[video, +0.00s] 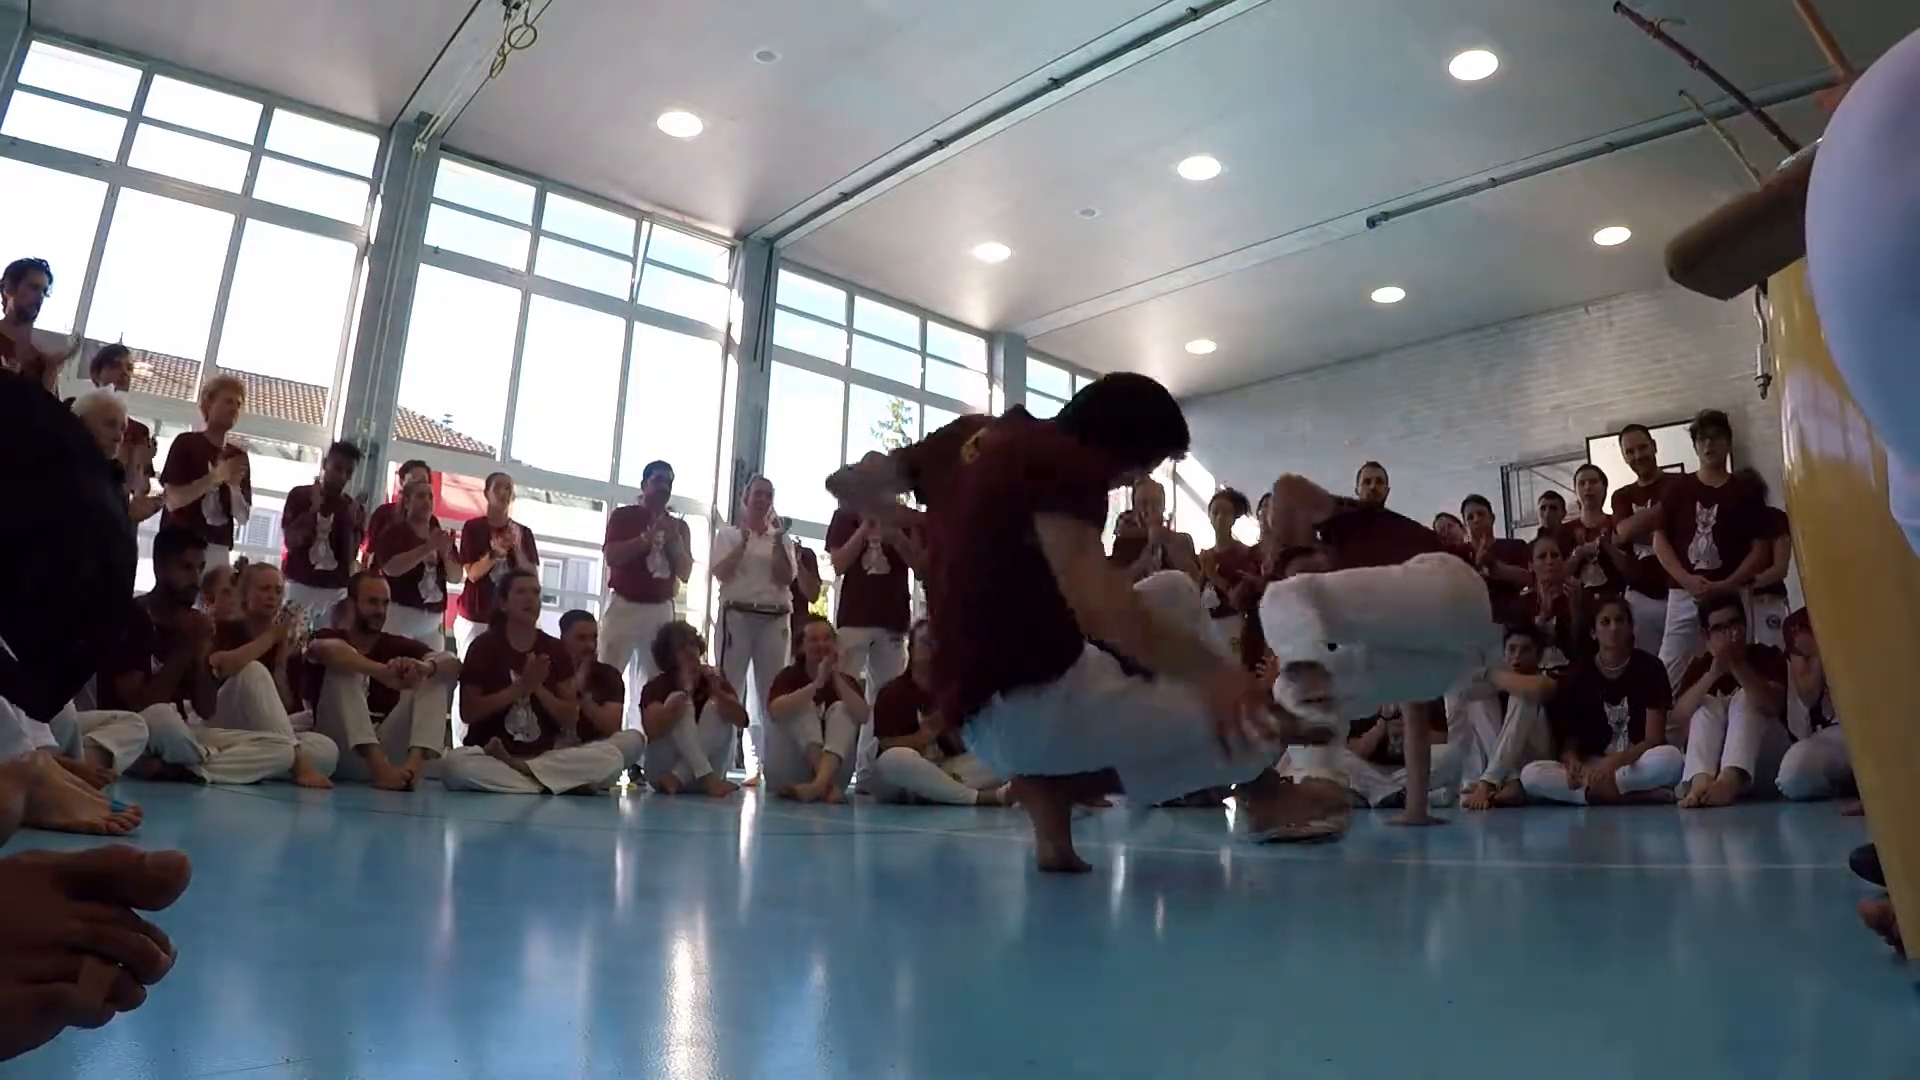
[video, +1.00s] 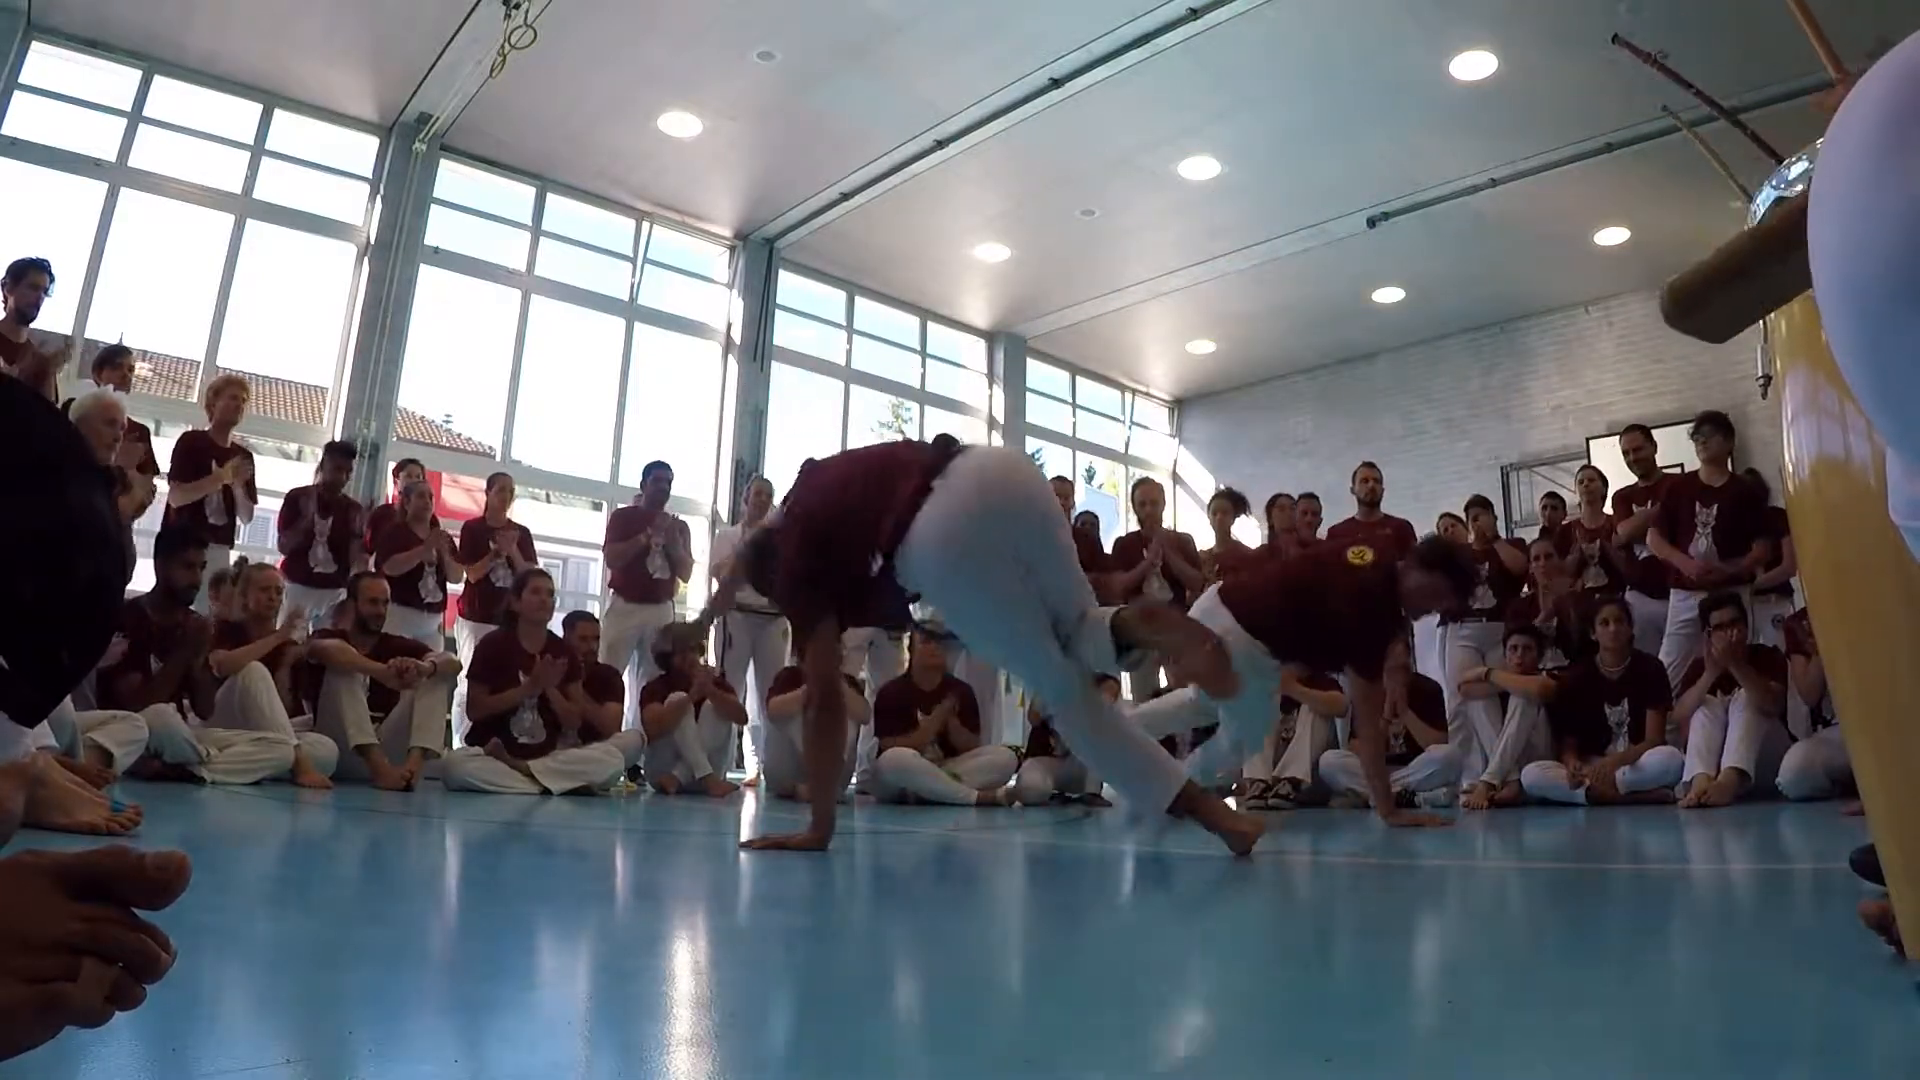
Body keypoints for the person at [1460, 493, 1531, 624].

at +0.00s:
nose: (1476, 520)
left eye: (1481, 514)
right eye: (1470, 517)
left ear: (1492, 518)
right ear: (1466, 524)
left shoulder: (1516, 547)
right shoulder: (1459, 557)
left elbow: (1530, 578)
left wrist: (1493, 566)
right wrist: (1475, 565)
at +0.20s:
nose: (1476, 521)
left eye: (1481, 515)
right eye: (1470, 517)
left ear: (1492, 518)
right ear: (1465, 523)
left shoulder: (1514, 548)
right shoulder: (1451, 557)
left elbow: (1531, 578)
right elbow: (1437, 603)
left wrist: (1495, 560)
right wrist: (1468, 571)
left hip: (1501, 629)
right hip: (1460, 632)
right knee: (1459, 702)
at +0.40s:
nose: (1477, 524)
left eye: (1482, 517)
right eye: (1472, 519)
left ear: (1493, 520)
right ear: (1466, 524)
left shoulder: (1511, 548)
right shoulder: (1453, 556)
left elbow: (1524, 572)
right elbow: (1438, 602)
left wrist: (1495, 545)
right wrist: (1464, 576)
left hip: (1501, 630)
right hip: (1462, 633)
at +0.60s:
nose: (1475, 523)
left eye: (1480, 516)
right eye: (1471, 519)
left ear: (1493, 518)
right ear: (1467, 524)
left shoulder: (1512, 547)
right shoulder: (1454, 556)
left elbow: (1520, 568)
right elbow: (1435, 597)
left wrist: (1495, 539)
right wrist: (1462, 583)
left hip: (1501, 631)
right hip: (1462, 633)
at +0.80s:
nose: (1475, 524)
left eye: (1479, 517)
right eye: (1470, 520)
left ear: (1493, 517)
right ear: (1467, 525)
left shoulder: (1513, 546)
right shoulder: (1459, 554)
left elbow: (1520, 569)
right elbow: (1445, 584)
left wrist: (1495, 539)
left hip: (1501, 629)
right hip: (1462, 632)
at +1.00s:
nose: (1475, 524)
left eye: (1480, 517)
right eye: (1471, 520)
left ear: (1494, 518)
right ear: (1467, 524)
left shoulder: (1513, 545)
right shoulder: (1460, 554)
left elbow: (1519, 567)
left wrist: (1495, 539)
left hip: (1500, 628)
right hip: (1462, 630)